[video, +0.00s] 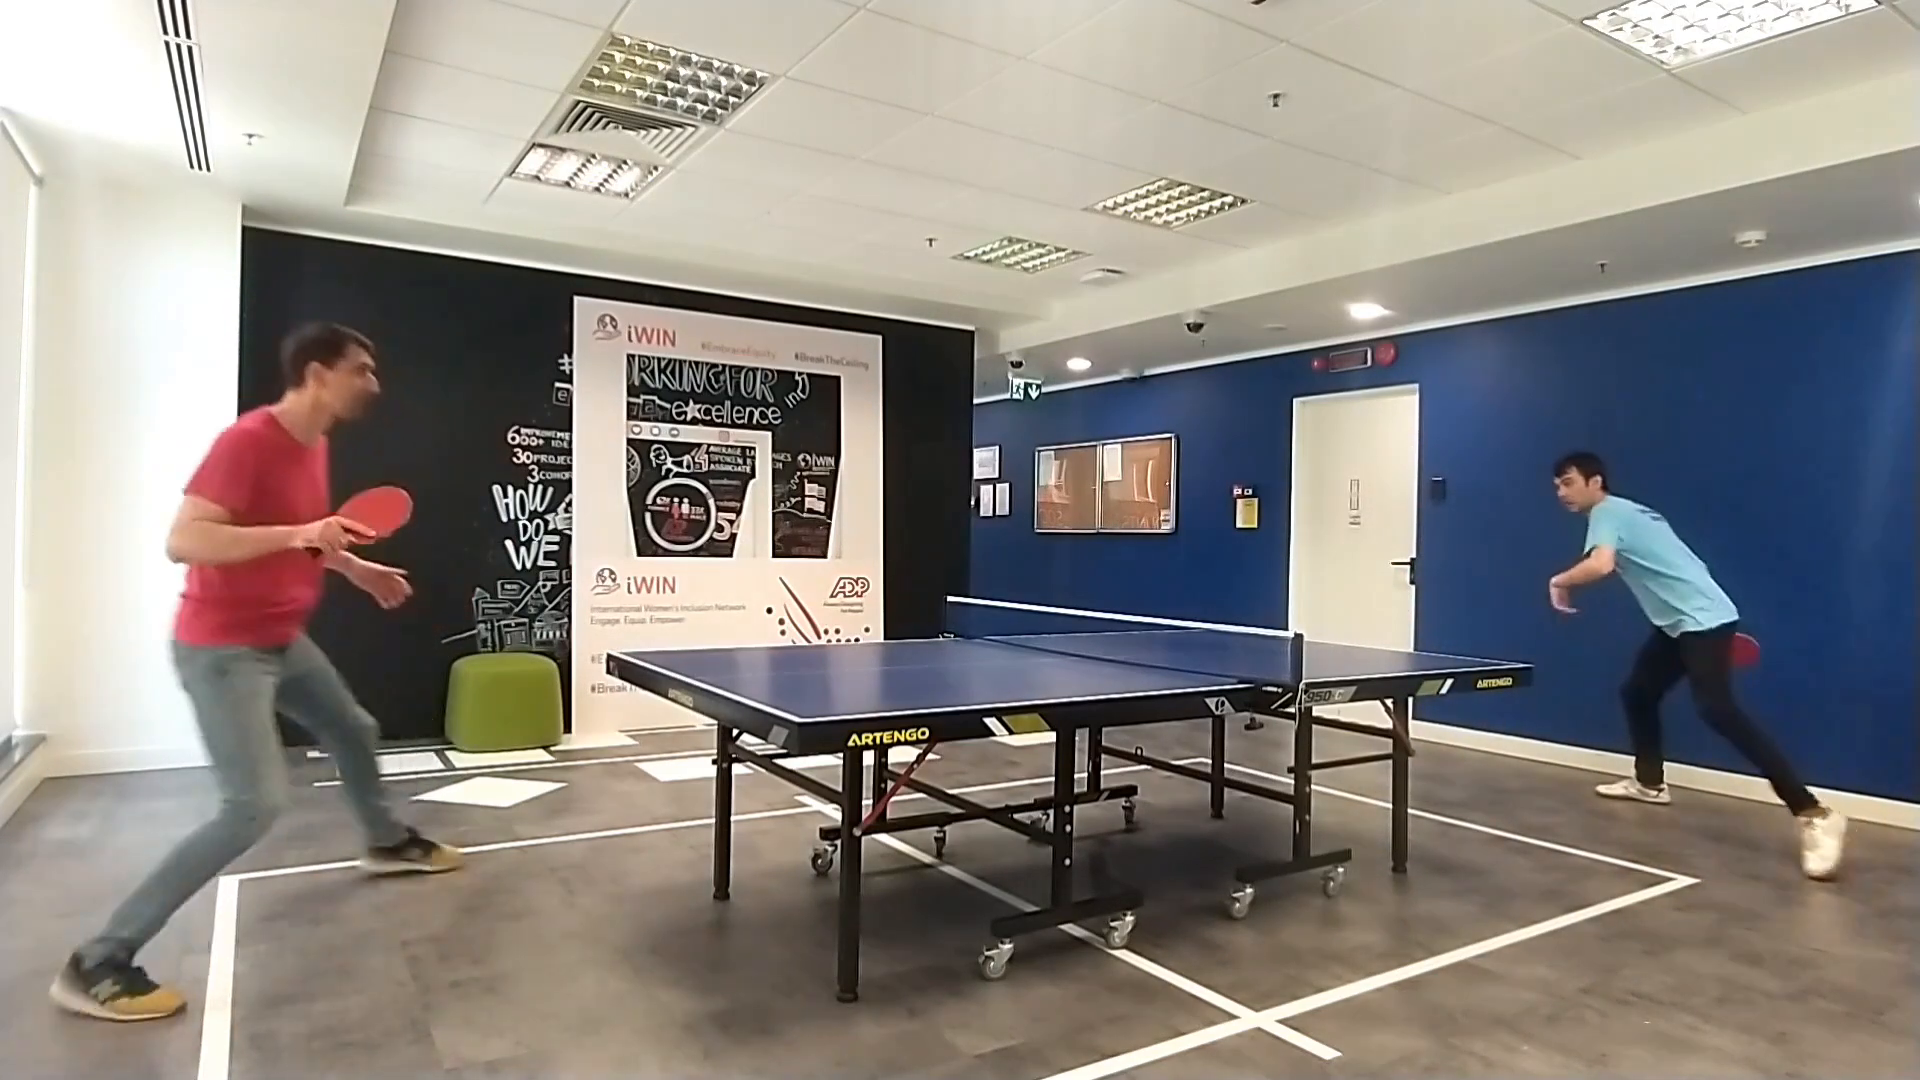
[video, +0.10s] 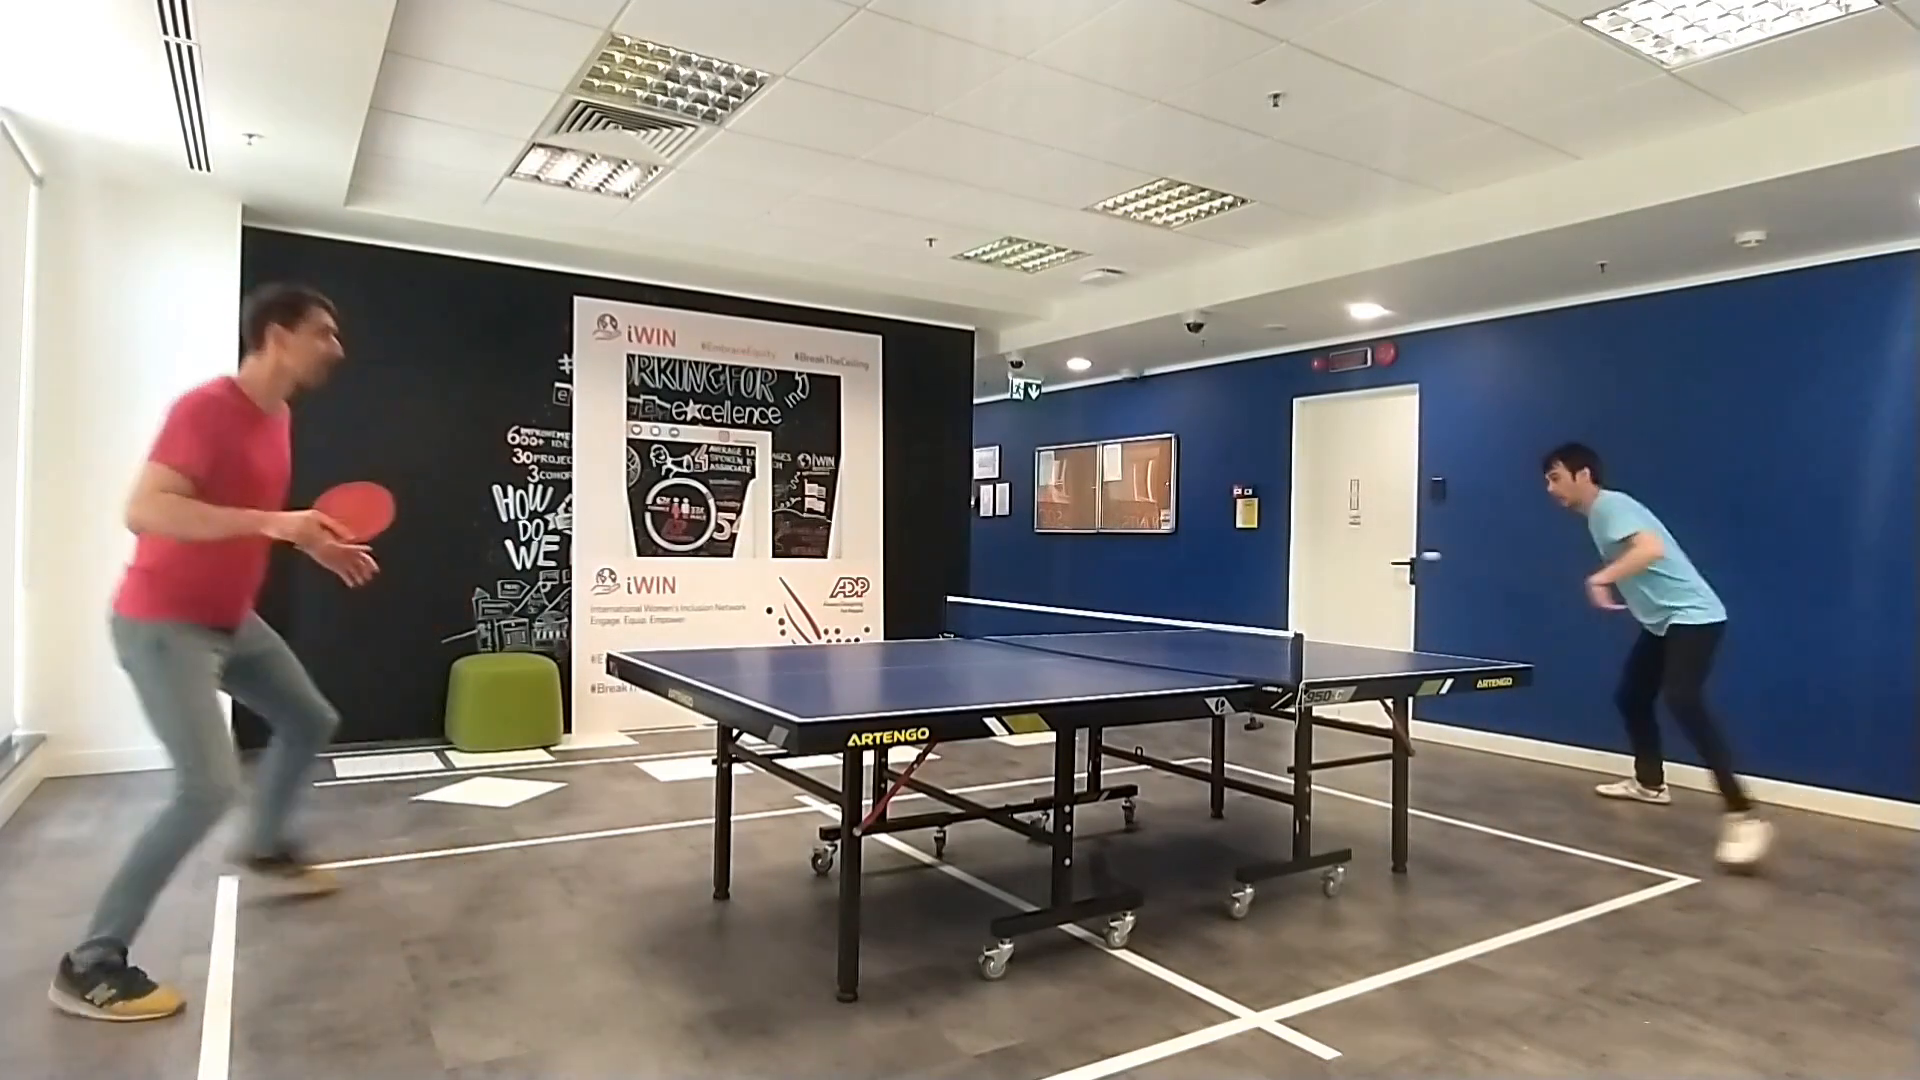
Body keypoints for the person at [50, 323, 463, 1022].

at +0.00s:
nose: (372, 385)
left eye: (372, 374)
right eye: (361, 371)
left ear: (325, 380)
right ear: (315, 374)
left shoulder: (313, 446)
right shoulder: (247, 440)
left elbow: (294, 533)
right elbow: (183, 540)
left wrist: (356, 568)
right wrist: (297, 535)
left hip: (281, 639)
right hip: (220, 650)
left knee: (355, 732)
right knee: (252, 807)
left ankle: (387, 841)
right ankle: (99, 963)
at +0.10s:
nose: (335, 350)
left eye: (335, 338)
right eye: (324, 334)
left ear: (286, 344)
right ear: (275, 336)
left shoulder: (276, 420)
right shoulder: (205, 409)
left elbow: (244, 509)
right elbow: (146, 508)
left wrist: (314, 542)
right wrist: (277, 522)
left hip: (230, 621)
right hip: (160, 627)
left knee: (309, 722)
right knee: (207, 789)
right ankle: (93, 961)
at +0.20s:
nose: (297, 324)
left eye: (298, 312)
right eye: (285, 309)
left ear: (251, 319)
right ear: (234, 311)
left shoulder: (245, 401)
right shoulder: (160, 385)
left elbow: (217, 498)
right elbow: (96, 491)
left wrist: (288, 538)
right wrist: (221, 526)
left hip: (187, 613)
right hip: (113, 608)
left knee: (243, 737)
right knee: (154, 779)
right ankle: (35, 960)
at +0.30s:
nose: (268, 339)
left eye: (267, 327)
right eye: (255, 324)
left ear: (217, 335)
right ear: (203, 327)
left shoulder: (205, 418)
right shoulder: (127, 404)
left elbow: (163, 512)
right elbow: (38, 508)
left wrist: (230, 556)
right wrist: (168, 563)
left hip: (133, 633)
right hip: (64, 626)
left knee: (168, 771)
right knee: (73, 812)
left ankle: (53, 888)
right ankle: (6, 906)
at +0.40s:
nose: (247, 381)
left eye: (247, 367)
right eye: (233, 364)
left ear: (189, 373)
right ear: (178, 367)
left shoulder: (168, 458)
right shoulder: (100, 442)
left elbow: (103, 548)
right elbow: (4, 537)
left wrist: (165, 599)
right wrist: (103, 620)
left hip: (84, 665)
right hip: (21, 659)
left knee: (134, 798)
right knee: (56, 829)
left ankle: (27, 917)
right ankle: (11, 924)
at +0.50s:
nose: (207, 399)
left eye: (207, 384)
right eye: (193, 381)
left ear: (148, 388)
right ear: (132, 382)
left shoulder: (139, 473)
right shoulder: (44, 466)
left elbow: (53, 572)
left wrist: (106, 626)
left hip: (60, 670)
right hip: (8, 674)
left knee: (120, 798)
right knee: (49, 824)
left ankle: (24, 917)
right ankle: (12, 922)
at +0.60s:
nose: (119, 375)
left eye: (125, 358)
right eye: (101, 355)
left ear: (129, 364)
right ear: (43, 359)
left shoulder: (96, 446)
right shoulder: (10, 445)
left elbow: (58, 550)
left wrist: (82, 613)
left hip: (50, 682)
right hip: (2, 684)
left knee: (86, 800)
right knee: (37, 816)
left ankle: (25, 916)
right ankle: (16, 918)